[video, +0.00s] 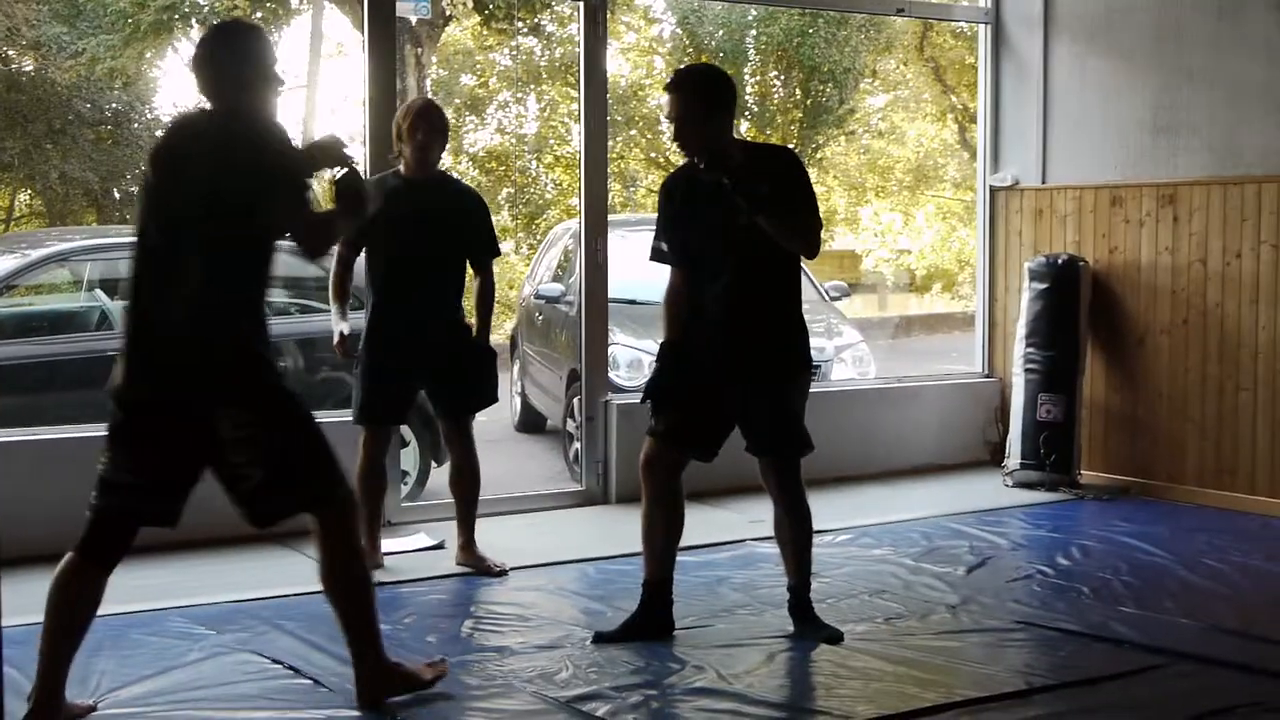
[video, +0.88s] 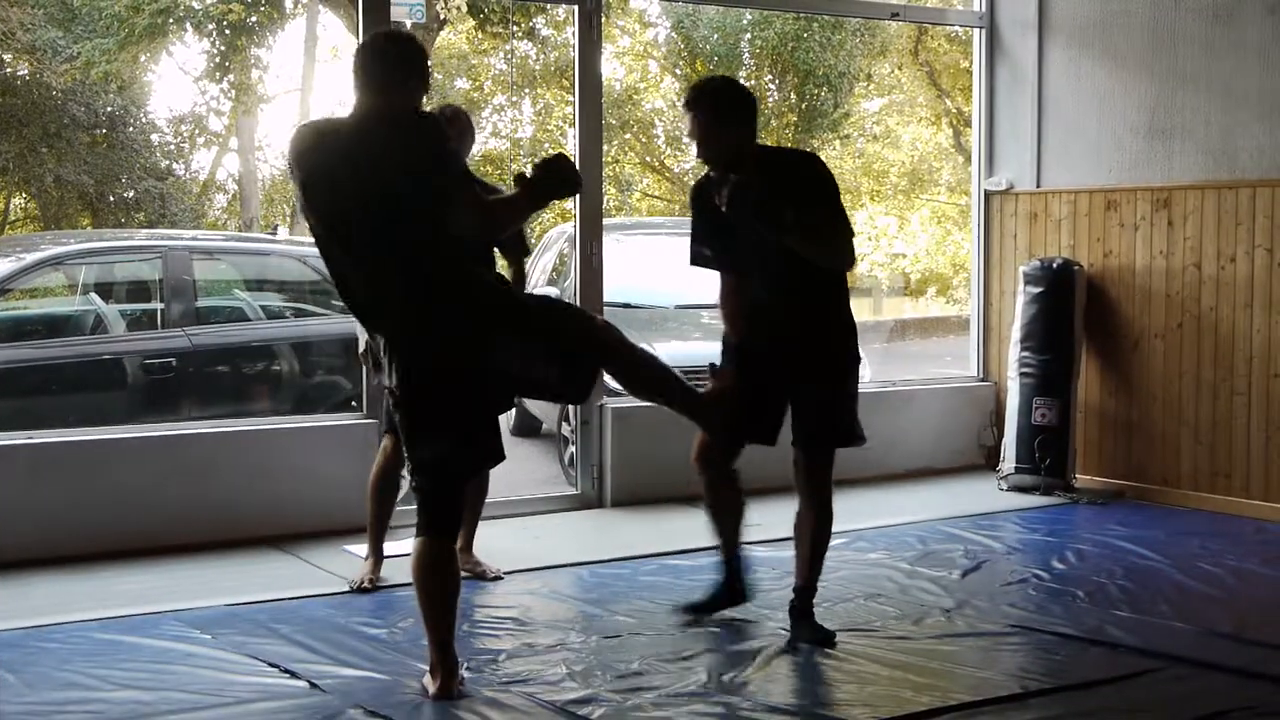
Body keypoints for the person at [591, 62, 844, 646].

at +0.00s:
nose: (673, 130)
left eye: (681, 117)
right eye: (671, 118)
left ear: (716, 113)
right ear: (686, 115)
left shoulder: (778, 165)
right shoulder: (680, 187)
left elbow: (807, 244)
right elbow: (679, 279)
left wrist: (741, 190)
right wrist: (669, 356)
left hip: (772, 352)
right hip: (701, 353)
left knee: (784, 479)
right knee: (658, 464)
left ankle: (801, 605)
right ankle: (655, 610)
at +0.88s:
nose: (693, 141)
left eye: (700, 127)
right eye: (691, 129)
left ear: (733, 122)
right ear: (715, 128)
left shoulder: (803, 169)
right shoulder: (710, 193)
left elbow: (843, 257)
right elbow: (730, 280)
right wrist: (730, 355)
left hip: (821, 348)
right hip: (755, 349)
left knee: (814, 480)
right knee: (712, 457)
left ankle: (804, 607)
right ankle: (733, 578)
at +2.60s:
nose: (687, 138)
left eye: (695, 125)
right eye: (685, 126)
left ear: (730, 119)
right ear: (698, 124)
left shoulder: (787, 175)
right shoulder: (706, 187)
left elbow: (804, 264)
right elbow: (704, 271)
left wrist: (751, 207)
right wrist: (659, 315)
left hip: (772, 352)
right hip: (708, 351)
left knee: (783, 481)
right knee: (667, 472)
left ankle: (810, 606)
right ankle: (677, 617)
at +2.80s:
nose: (660, 134)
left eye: (667, 121)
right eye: (657, 123)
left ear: (702, 114)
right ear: (685, 119)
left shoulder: (766, 171)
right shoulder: (681, 179)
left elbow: (795, 262)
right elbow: (659, 267)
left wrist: (728, 210)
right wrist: (609, 291)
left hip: (749, 347)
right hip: (683, 344)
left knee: (749, 479)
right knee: (668, 474)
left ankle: (767, 595)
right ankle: (677, 617)